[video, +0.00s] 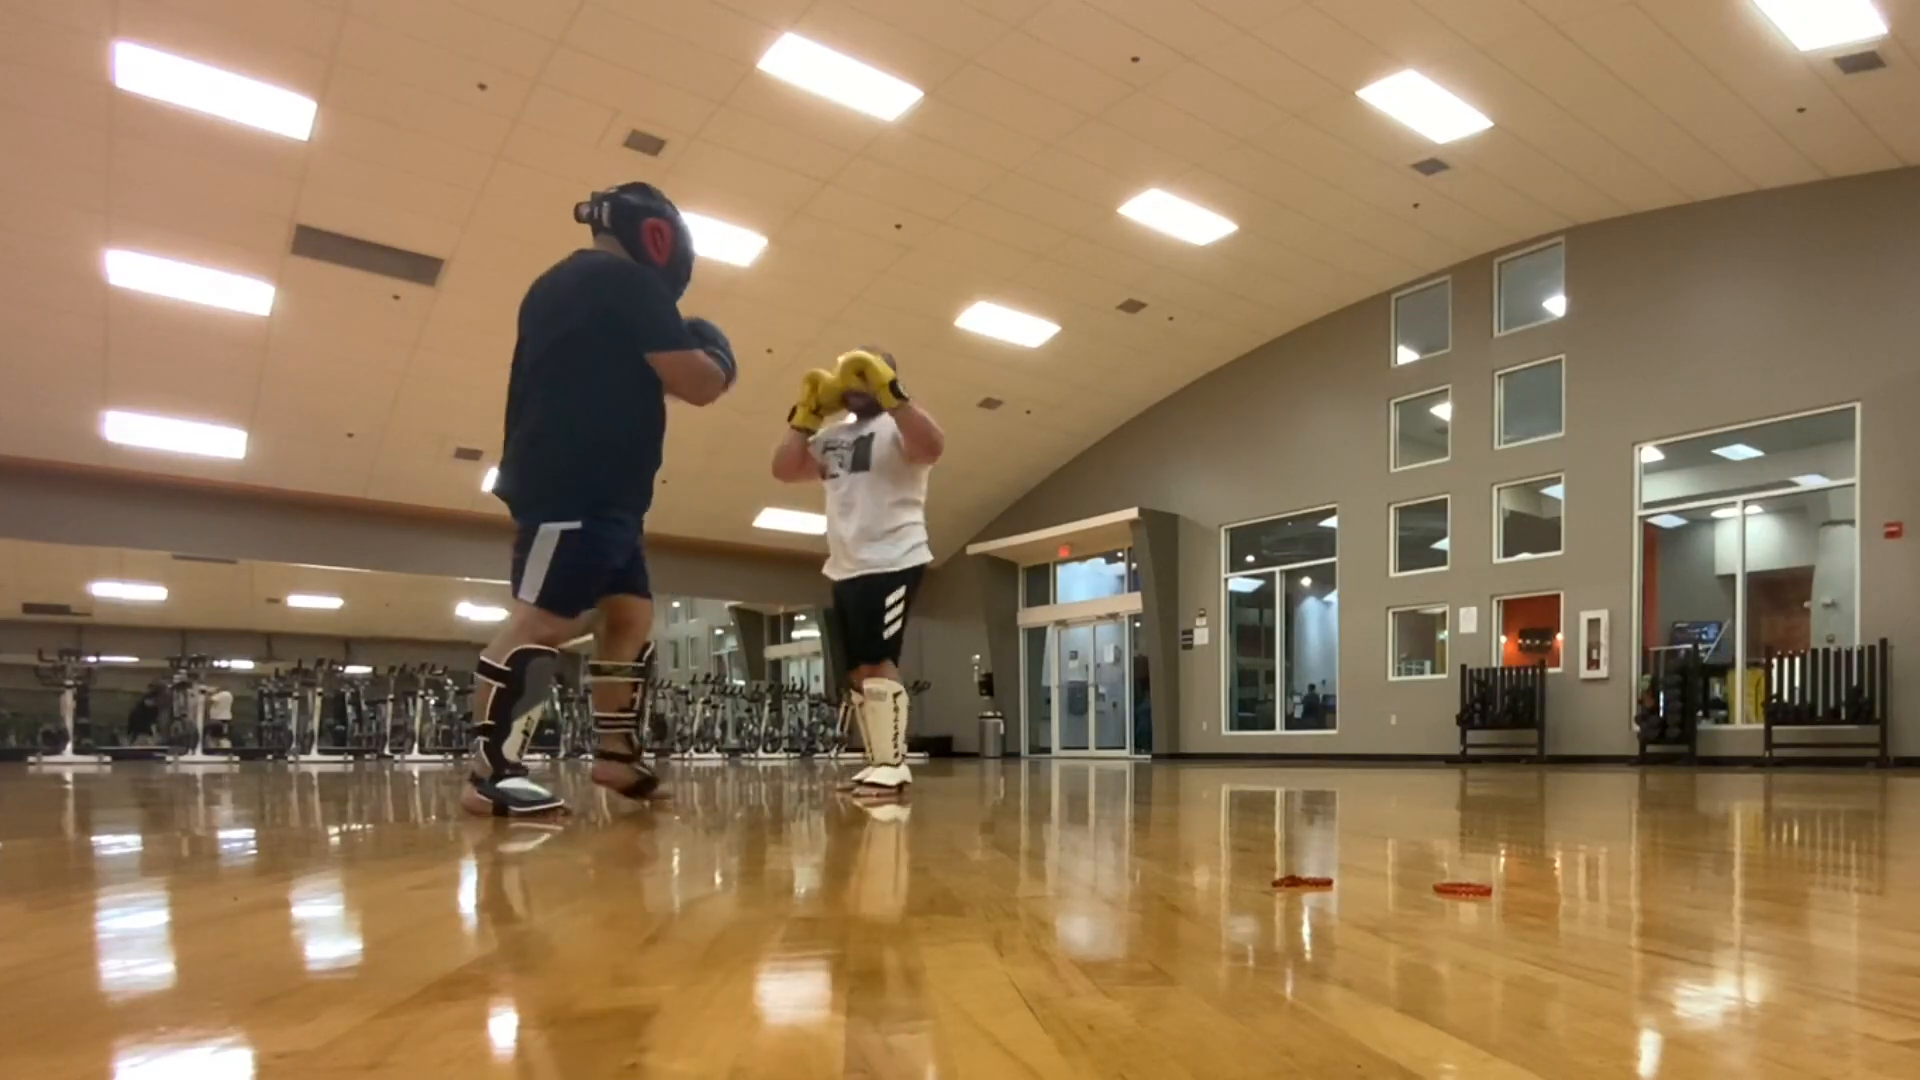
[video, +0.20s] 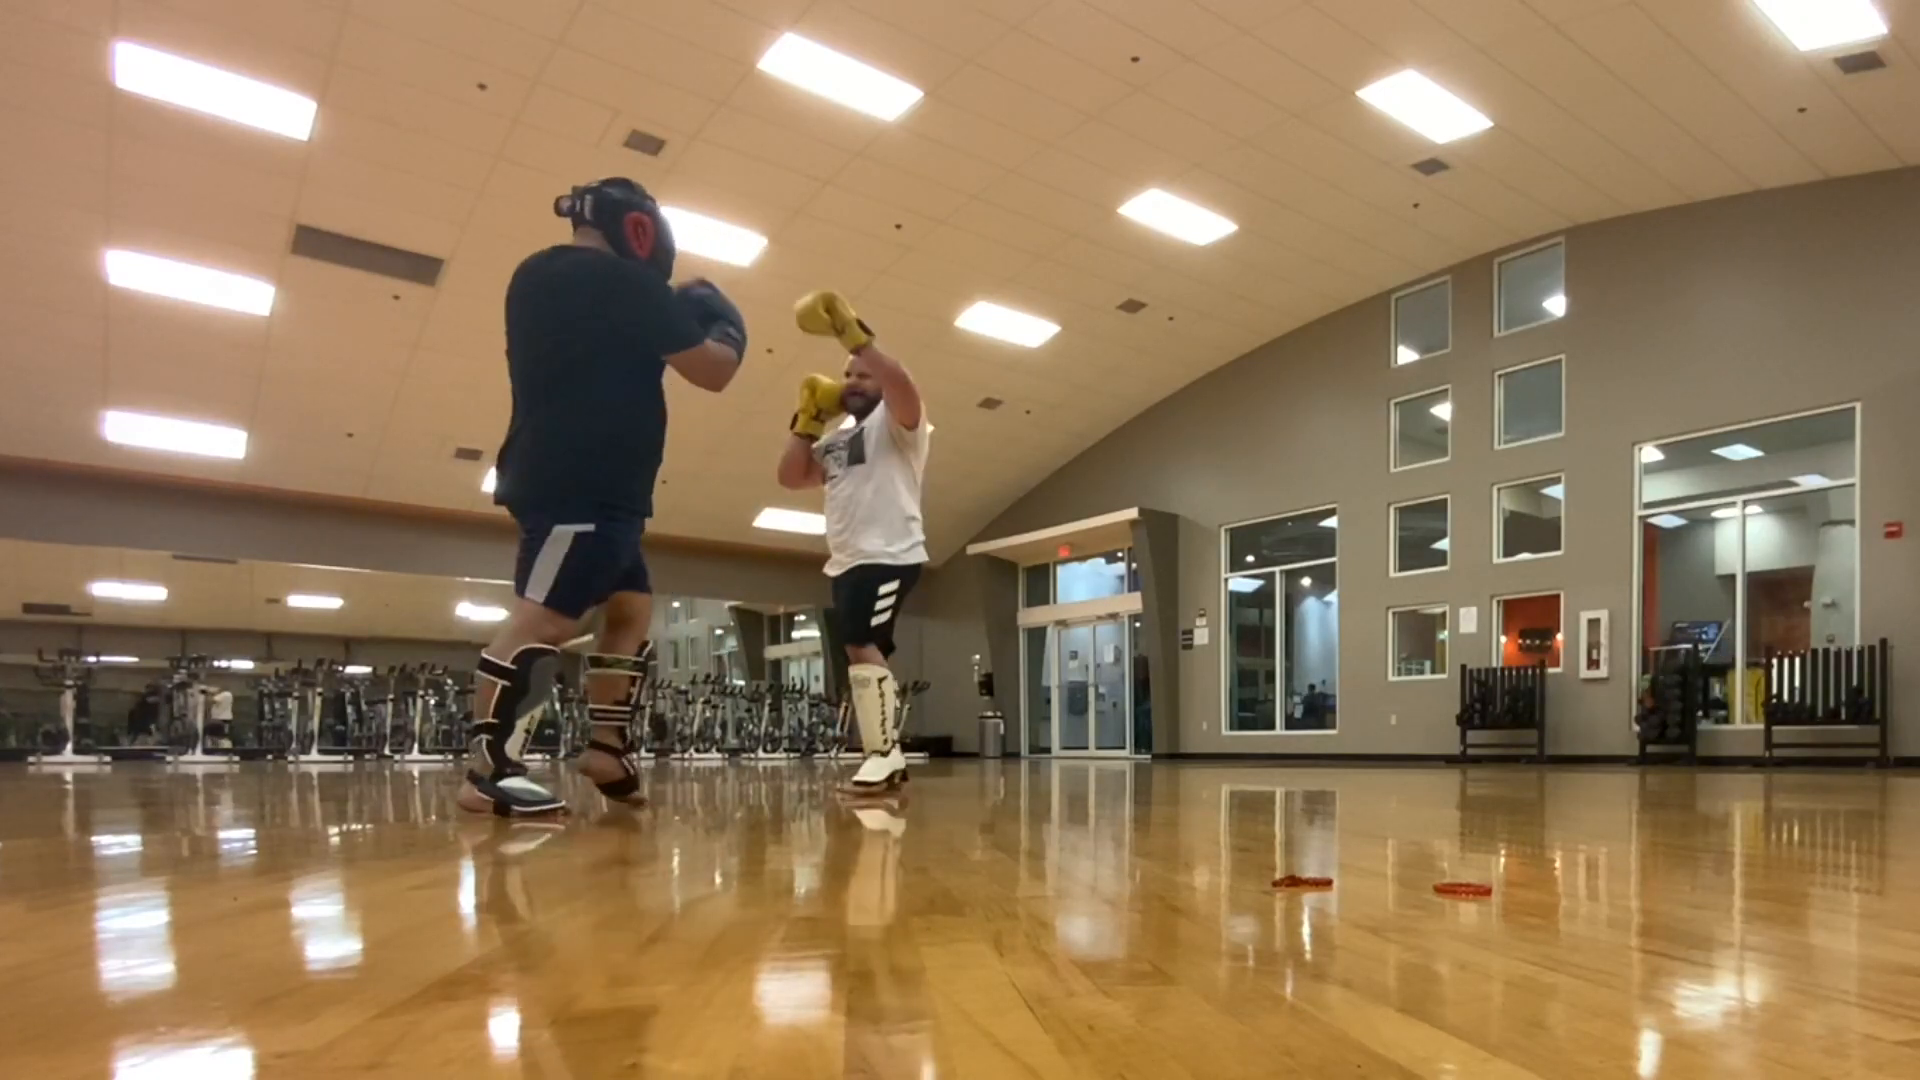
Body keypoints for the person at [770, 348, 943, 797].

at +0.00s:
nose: (856, 386)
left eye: (866, 377)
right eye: (850, 378)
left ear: (886, 385)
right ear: (842, 388)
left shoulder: (901, 425)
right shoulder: (833, 437)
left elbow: (930, 448)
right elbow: (784, 469)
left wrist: (893, 396)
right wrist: (805, 416)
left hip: (893, 559)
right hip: (848, 565)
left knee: (876, 662)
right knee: (858, 669)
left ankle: (891, 767)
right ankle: (879, 764)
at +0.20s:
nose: (854, 380)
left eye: (864, 375)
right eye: (849, 374)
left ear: (881, 385)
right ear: (841, 387)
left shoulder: (898, 426)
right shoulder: (834, 443)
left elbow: (897, 382)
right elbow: (791, 476)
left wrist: (856, 337)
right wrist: (806, 421)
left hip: (889, 551)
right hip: (847, 559)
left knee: (860, 642)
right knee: (862, 652)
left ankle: (882, 753)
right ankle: (881, 753)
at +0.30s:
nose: (851, 381)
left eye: (862, 374)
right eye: (847, 374)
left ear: (882, 384)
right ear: (839, 388)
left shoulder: (895, 424)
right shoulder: (838, 442)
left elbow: (888, 371)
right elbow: (793, 479)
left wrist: (845, 319)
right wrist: (806, 424)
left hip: (883, 550)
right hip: (845, 558)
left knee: (861, 654)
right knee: (856, 660)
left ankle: (882, 759)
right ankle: (878, 760)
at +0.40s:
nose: (851, 381)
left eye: (861, 375)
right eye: (847, 374)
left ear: (879, 384)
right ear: (838, 385)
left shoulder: (892, 422)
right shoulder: (838, 441)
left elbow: (883, 368)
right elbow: (793, 478)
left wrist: (840, 316)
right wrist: (806, 424)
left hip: (879, 549)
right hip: (843, 556)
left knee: (863, 656)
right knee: (857, 660)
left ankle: (883, 761)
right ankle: (880, 759)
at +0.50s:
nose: (848, 381)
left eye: (859, 375)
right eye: (844, 374)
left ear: (877, 384)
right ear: (836, 386)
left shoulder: (890, 422)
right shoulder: (835, 441)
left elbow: (879, 366)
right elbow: (791, 478)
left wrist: (836, 315)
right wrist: (804, 423)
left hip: (878, 548)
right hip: (842, 556)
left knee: (863, 657)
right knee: (856, 662)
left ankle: (882, 762)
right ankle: (880, 760)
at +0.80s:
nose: (841, 384)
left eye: (851, 378)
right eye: (837, 378)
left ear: (869, 386)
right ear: (830, 390)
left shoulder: (883, 424)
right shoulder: (829, 444)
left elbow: (867, 367)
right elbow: (786, 480)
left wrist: (825, 317)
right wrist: (798, 426)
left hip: (877, 549)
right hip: (838, 559)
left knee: (866, 654)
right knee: (856, 661)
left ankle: (882, 761)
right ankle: (882, 760)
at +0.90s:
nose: (839, 380)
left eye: (849, 375)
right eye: (835, 374)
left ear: (866, 384)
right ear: (828, 387)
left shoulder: (881, 422)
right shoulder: (826, 443)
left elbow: (867, 368)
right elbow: (786, 481)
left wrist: (827, 320)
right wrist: (796, 428)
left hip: (876, 550)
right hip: (836, 559)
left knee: (865, 654)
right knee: (855, 662)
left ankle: (882, 760)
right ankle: (881, 759)